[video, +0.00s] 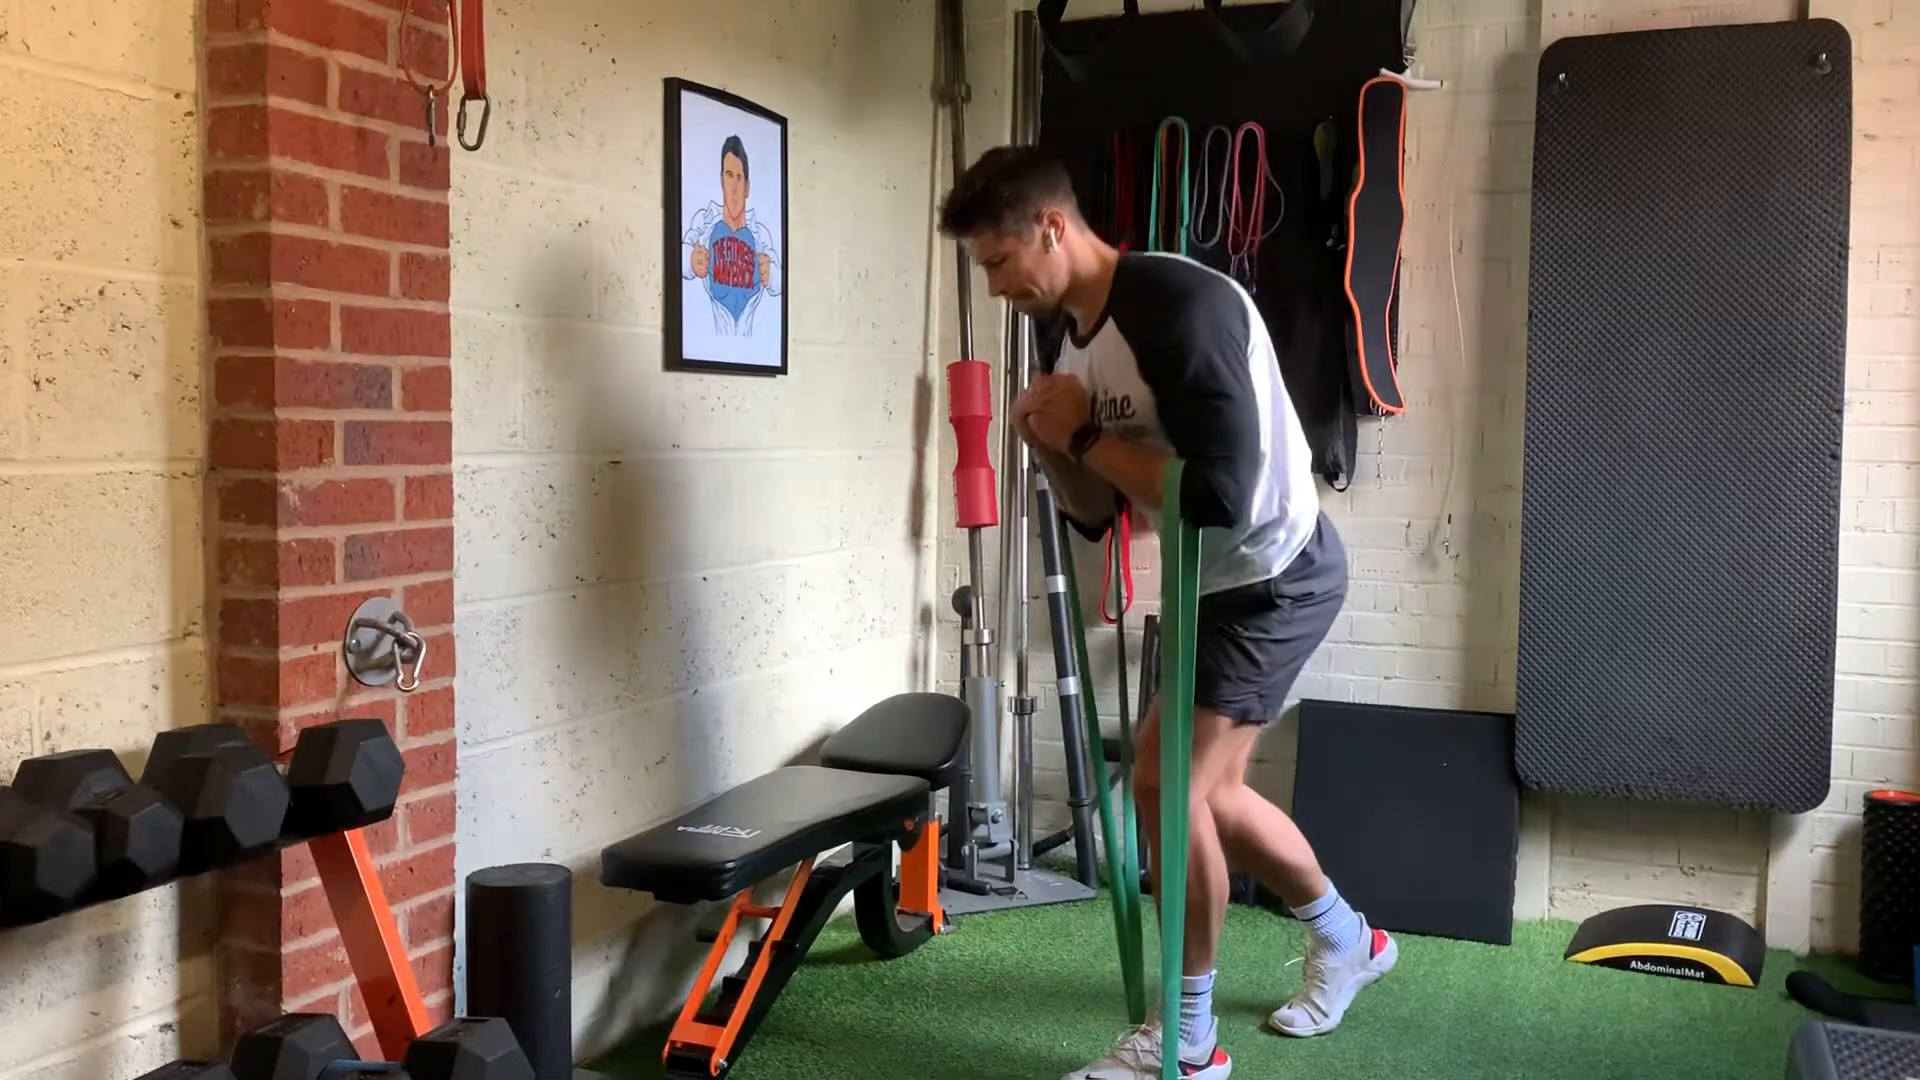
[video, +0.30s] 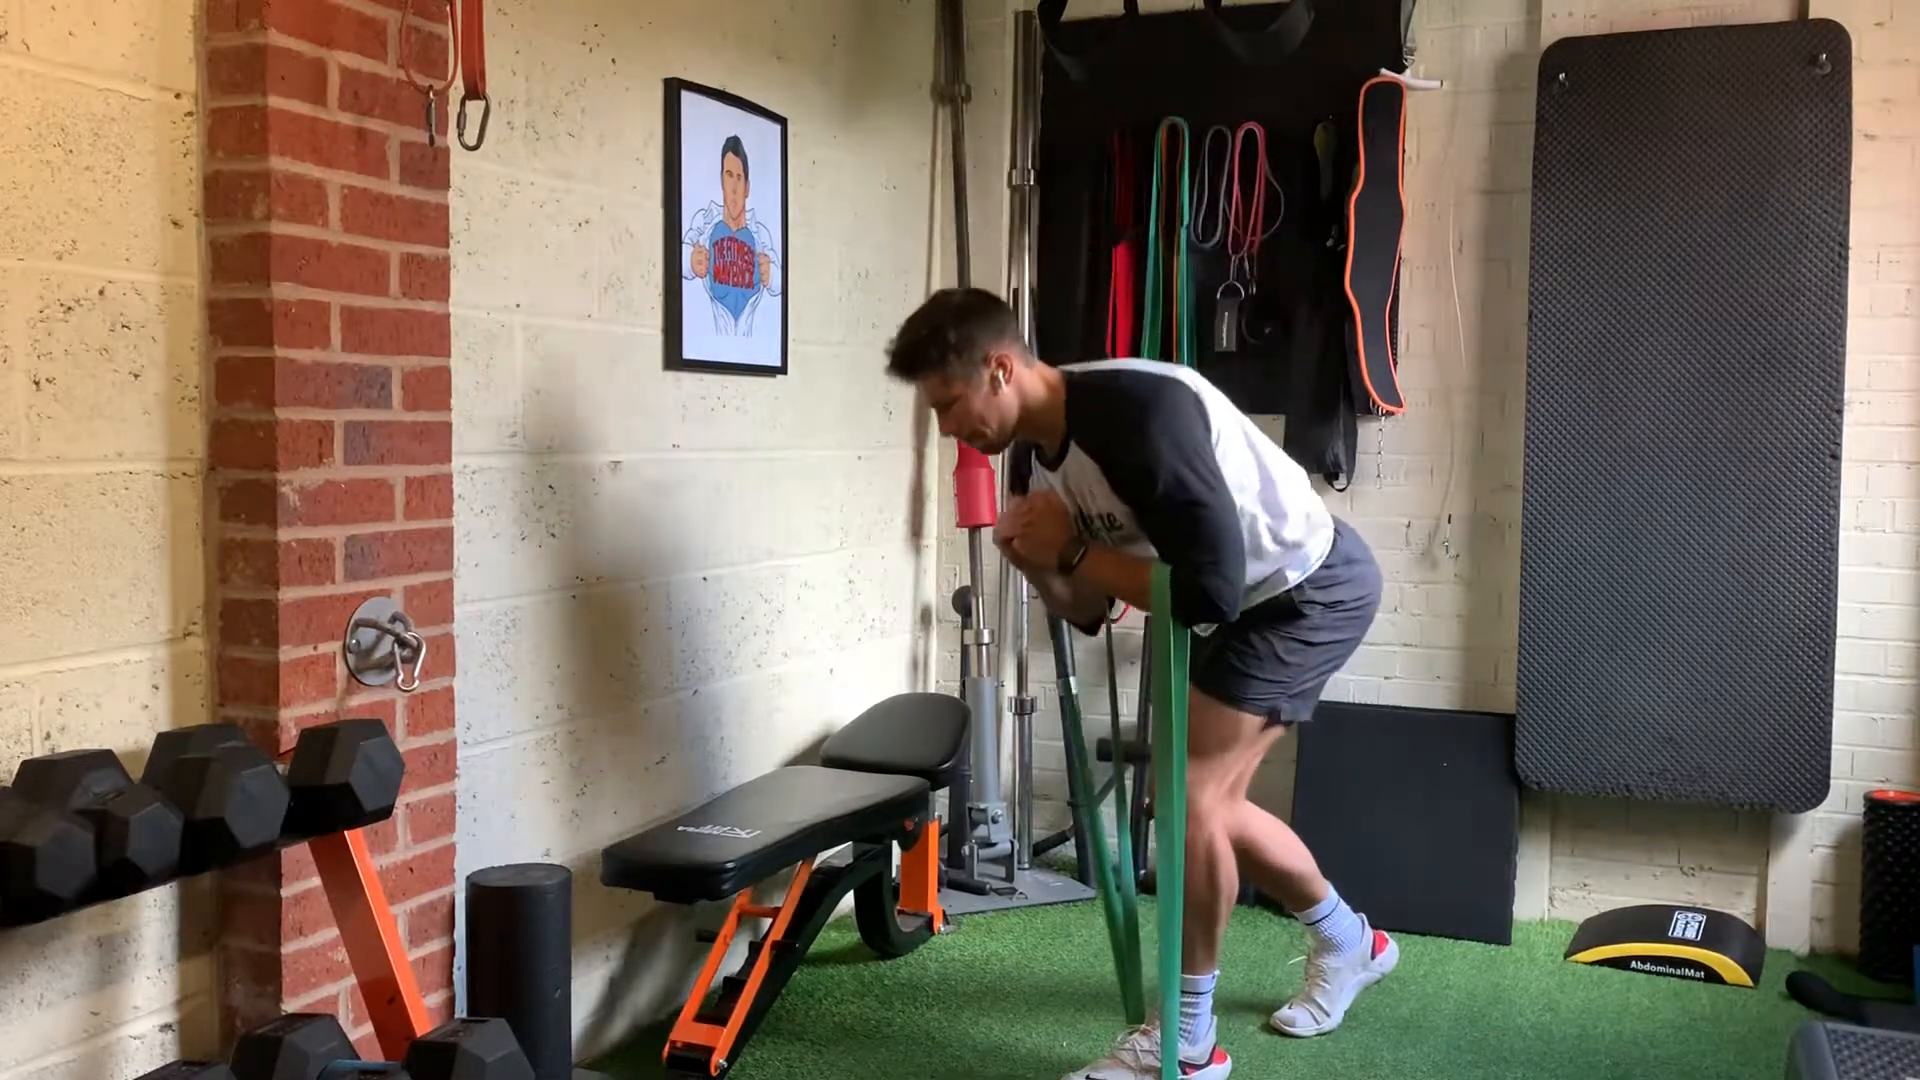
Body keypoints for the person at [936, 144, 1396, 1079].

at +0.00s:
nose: (995, 286)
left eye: (1001, 262)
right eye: (985, 268)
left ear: (1054, 228)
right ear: (1045, 236)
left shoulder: (1184, 308)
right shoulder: (1067, 333)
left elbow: (1222, 498)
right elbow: (1101, 512)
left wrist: (1084, 441)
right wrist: (1053, 448)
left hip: (1278, 574)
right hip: (1205, 576)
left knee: (1162, 778)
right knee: (1211, 789)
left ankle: (1188, 1034)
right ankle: (1348, 936)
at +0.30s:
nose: (946, 430)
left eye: (948, 406)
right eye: (936, 413)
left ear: (1003, 370)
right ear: (999, 374)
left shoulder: (1146, 417)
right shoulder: (1033, 457)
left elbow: (1214, 590)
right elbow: (1095, 612)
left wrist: (1075, 551)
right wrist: (1040, 565)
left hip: (1310, 586)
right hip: (1236, 595)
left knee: (1191, 795)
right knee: (1210, 807)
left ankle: (1187, 1037)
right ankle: (1350, 940)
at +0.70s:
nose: (926, 577)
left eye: (928, 556)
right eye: (916, 561)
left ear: (978, 521)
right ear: (979, 522)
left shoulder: (1125, 538)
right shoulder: (1025, 577)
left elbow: (1211, 712)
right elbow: (1104, 710)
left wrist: (1070, 675)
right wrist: (1036, 686)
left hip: (1328, 594)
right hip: (1252, 608)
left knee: (1195, 800)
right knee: (1211, 817)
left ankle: (1187, 1041)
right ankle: (1353, 942)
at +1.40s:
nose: (941, 461)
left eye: (945, 439)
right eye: (932, 445)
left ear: (999, 407)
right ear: (995, 410)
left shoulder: (1136, 453)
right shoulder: (1031, 486)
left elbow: (1205, 626)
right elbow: (1095, 636)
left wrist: (1068, 582)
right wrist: (1037, 592)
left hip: (1316, 589)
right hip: (1252, 601)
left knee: (1188, 799)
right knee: (1207, 822)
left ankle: (1185, 1040)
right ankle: (1357, 944)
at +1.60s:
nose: (976, 329)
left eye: (980, 303)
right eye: (963, 311)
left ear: (1032, 272)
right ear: (1017, 284)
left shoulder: (1161, 343)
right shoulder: (1049, 380)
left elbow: (1209, 528)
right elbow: (1084, 547)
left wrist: (1076, 469)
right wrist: (1042, 479)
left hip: (1287, 571)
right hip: (1210, 581)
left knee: (1171, 785)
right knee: (1226, 813)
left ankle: (1185, 1036)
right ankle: (1357, 944)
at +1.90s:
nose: (1062, 215)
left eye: (1068, 187)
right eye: (1047, 198)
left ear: (1119, 150)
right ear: (1052, 189)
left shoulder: (1232, 251)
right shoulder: (1089, 273)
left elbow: (1235, 429)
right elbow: (1088, 450)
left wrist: (1116, 347)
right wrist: (1076, 359)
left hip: (1242, 555)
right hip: (1161, 564)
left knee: (1163, 777)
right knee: (1233, 781)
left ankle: (1185, 1037)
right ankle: (1349, 938)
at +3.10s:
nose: (982, 309)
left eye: (986, 285)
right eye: (972, 293)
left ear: (1039, 249)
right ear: (1031, 258)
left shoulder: (1175, 325)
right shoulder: (1062, 354)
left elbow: (1220, 507)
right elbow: (1093, 525)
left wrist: (1081, 456)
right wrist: (1044, 461)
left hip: (1281, 574)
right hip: (1211, 577)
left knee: (1168, 782)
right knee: (1214, 794)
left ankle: (1187, 1039)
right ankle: (1348, 937)